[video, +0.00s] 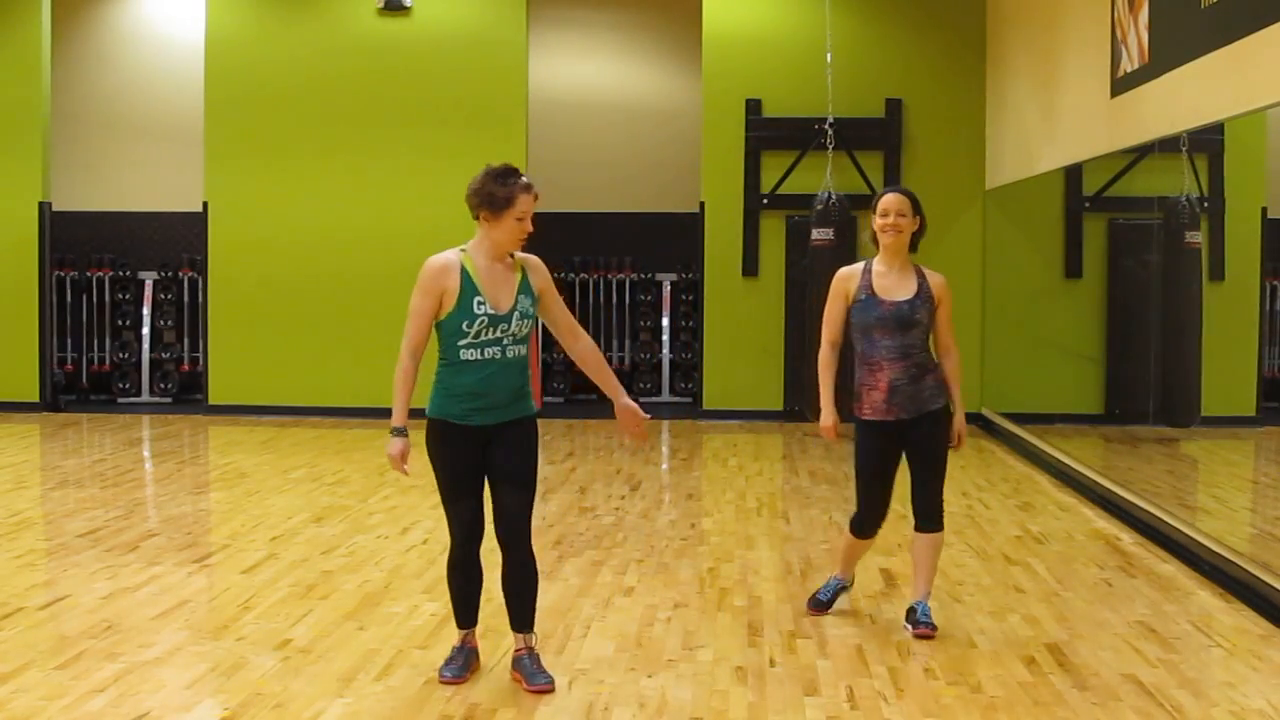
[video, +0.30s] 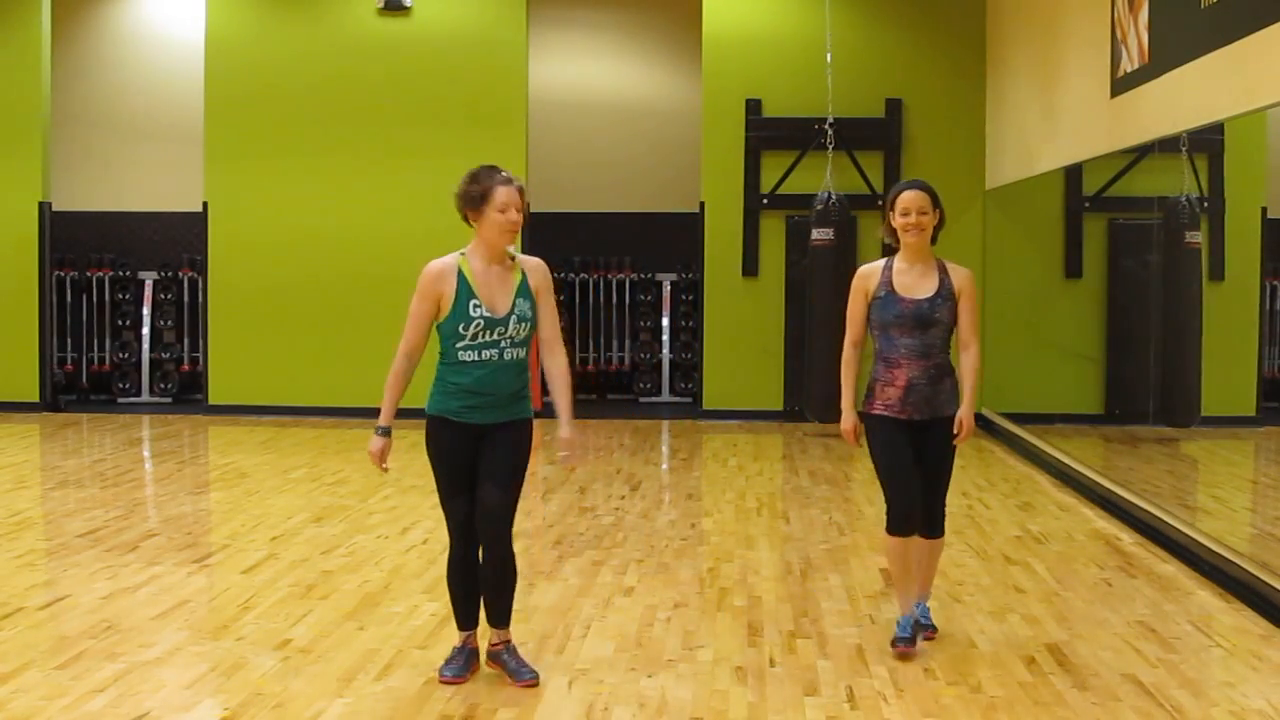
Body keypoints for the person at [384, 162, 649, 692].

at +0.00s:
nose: (529, 227)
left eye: (531, 218)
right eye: (522, 218)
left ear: (515, 218)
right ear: (488, 216)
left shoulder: (531, 271)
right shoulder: (442, 270)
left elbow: (574, 338)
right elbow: (410, 352)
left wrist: (620, 397)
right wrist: (399, 428)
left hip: (515, 425)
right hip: (454, 428)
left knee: (516, 538)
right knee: (465, 538)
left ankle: (524, 646)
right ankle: (466, 641)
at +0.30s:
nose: (516, 221)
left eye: (519, 211)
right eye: (505, 212)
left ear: (522, 214)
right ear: (474, 215)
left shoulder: (534, 274)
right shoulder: (440, 274)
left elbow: (552, 350)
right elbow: (407, 353)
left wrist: (565, 420)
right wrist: (383, 426)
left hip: (511, 424)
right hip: (451, 424)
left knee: (496, 531)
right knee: (462, 535)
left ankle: (501, 641)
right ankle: (467, 641)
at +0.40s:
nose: (498, 207)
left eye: (507, 200)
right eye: (487, 200)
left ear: (520, 214)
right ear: (469, 213)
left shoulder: (539, 276)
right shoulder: (444, 274)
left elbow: (546, 357)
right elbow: (415, 353)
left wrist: (531, 425)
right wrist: (393, 425)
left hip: (515, 424)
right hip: (453, 425)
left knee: (526, 538)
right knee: (463, 538)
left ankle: (519, 636)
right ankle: (466, 641)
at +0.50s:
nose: (505, 205)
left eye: (514, 198)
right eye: (494, 199)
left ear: (527, 212)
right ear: (477, 213)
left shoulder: (547, 277)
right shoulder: (451, 272)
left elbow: (543, 364)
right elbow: (423, 349)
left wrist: (508, 425)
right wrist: (402, 422)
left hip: (518, 420)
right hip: (456, 421)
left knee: (548, 531)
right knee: (466, 535)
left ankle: (565, 639)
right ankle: (467, 642)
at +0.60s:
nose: (513, 204)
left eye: (522, 197)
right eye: (502, 198)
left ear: (537, 211)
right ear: (486, 212)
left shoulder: (556, 276)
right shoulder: (461, 272)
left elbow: (556, 363)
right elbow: (433, 346)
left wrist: (510, 417)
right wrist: (412, 418)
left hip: (526, 422)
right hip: (464, 422)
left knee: (559, 537)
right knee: (471, 537)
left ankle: (604, 643)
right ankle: (467, 642)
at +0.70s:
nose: (524, 203)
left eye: (534, 197)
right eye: (514, 197)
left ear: (550, 213)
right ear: (497, 214)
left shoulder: (569, 274)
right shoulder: (476, 275)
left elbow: (577, 360)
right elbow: (451, 349)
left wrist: (528, 413)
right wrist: (426, 410)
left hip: (545, 422)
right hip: (481, 422)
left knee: (574, 538)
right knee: (479, 538)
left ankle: (611, 649)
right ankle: (468, 643)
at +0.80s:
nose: (537, 207)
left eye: (546, 200)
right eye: (526, 201)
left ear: (561, 214)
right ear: (510, 216)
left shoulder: (584, 274)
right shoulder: (493, 277)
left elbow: (599, 358)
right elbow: (478, 349)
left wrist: (553, 413)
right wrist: (442, 381)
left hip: (567, 425)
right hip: (503, 425)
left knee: (595, 538)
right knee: (485, 541)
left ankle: (619, 652)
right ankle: (475, 643)